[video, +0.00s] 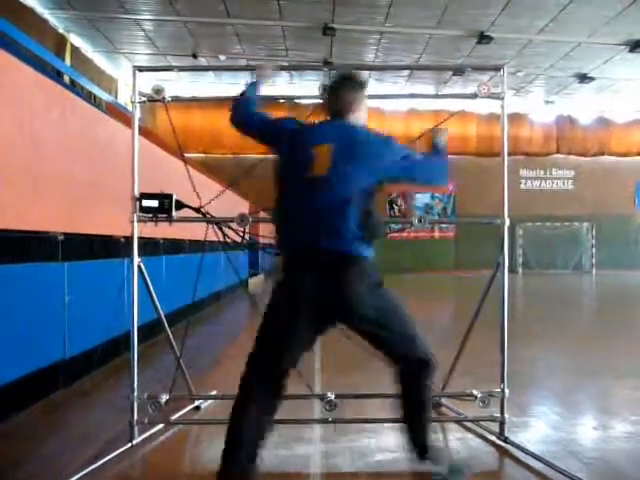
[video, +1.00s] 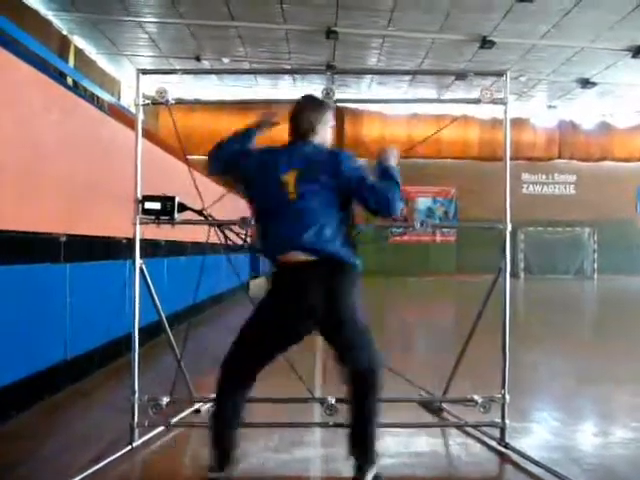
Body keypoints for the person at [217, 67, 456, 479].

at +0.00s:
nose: (365, 110)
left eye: (361, 103)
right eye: (364, 104)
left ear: (325, 105)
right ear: (360, 106)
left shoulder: (293, 135)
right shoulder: (369, 145)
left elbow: (242, 116)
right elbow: (436, 175)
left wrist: (257, 81)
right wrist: (438, 148)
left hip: (298, 278)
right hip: (351, 279)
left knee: (264, 373)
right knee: (415, 358)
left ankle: (235, 469)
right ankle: (423, 448)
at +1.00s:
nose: (333, 131)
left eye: (331, 126)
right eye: (331, 126)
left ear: (291, 127)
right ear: (325, 128)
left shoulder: (263, 163)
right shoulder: (336, 163)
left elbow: (219, 159)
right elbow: (388, 204)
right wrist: (388, 168)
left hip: (289, 286)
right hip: (335, 284)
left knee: (237, 368)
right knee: (365, 366)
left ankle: (222, 462)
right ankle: (365, 466)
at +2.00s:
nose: (315, 128)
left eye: (313, 122)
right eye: (314, 122)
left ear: (274, 127)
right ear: (308, 126)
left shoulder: (247, 175)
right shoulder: (329, 166)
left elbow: (205, 219)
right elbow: (356, 229)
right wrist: (388, 222)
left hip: (287, 291)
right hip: (337, 287)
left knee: (231, 381)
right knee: (372, 380)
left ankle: (193, 467)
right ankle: (382, 465)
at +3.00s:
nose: (292, 142)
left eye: (276, 135)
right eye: (294, 137)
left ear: (258, 139)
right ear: (292, 141)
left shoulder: (235, 174)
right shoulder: (310, 177)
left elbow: (197, 156)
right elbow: (324, 233)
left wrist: (171, 117)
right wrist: (375, 239)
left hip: (278, 303)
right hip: (328, 296)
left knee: (207, 378)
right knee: (391, 369)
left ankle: (184, 468)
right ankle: (466, 443)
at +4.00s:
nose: (270, 132)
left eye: (270, 127)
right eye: (285, 128)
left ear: (269, 131)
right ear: (302, 130)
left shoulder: (254, 161)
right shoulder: (325, 162)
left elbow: (208, 138)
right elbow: (377, 182)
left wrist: (173, 103)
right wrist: (388, 158)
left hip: (301, 289)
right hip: (345, 281)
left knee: (241, 381)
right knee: (402, 364)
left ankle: (187, 464)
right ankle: (466, 441)